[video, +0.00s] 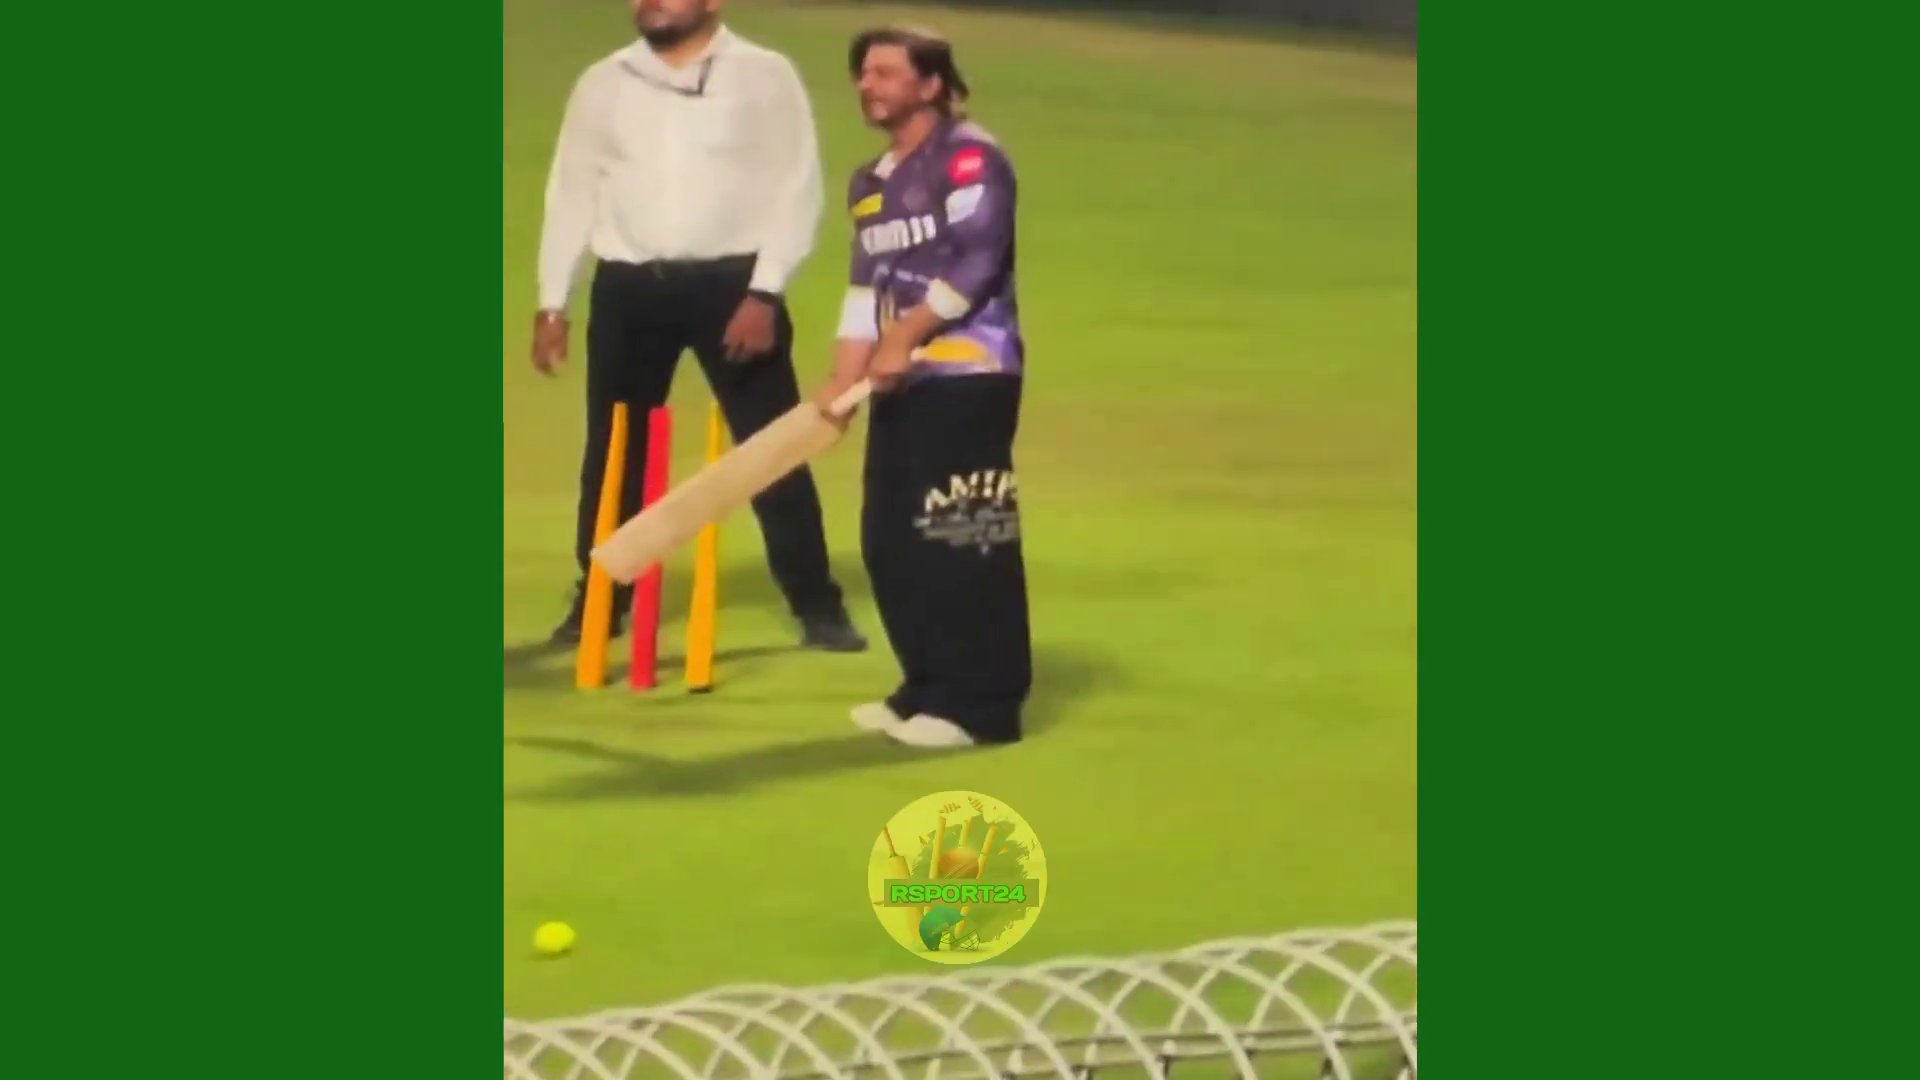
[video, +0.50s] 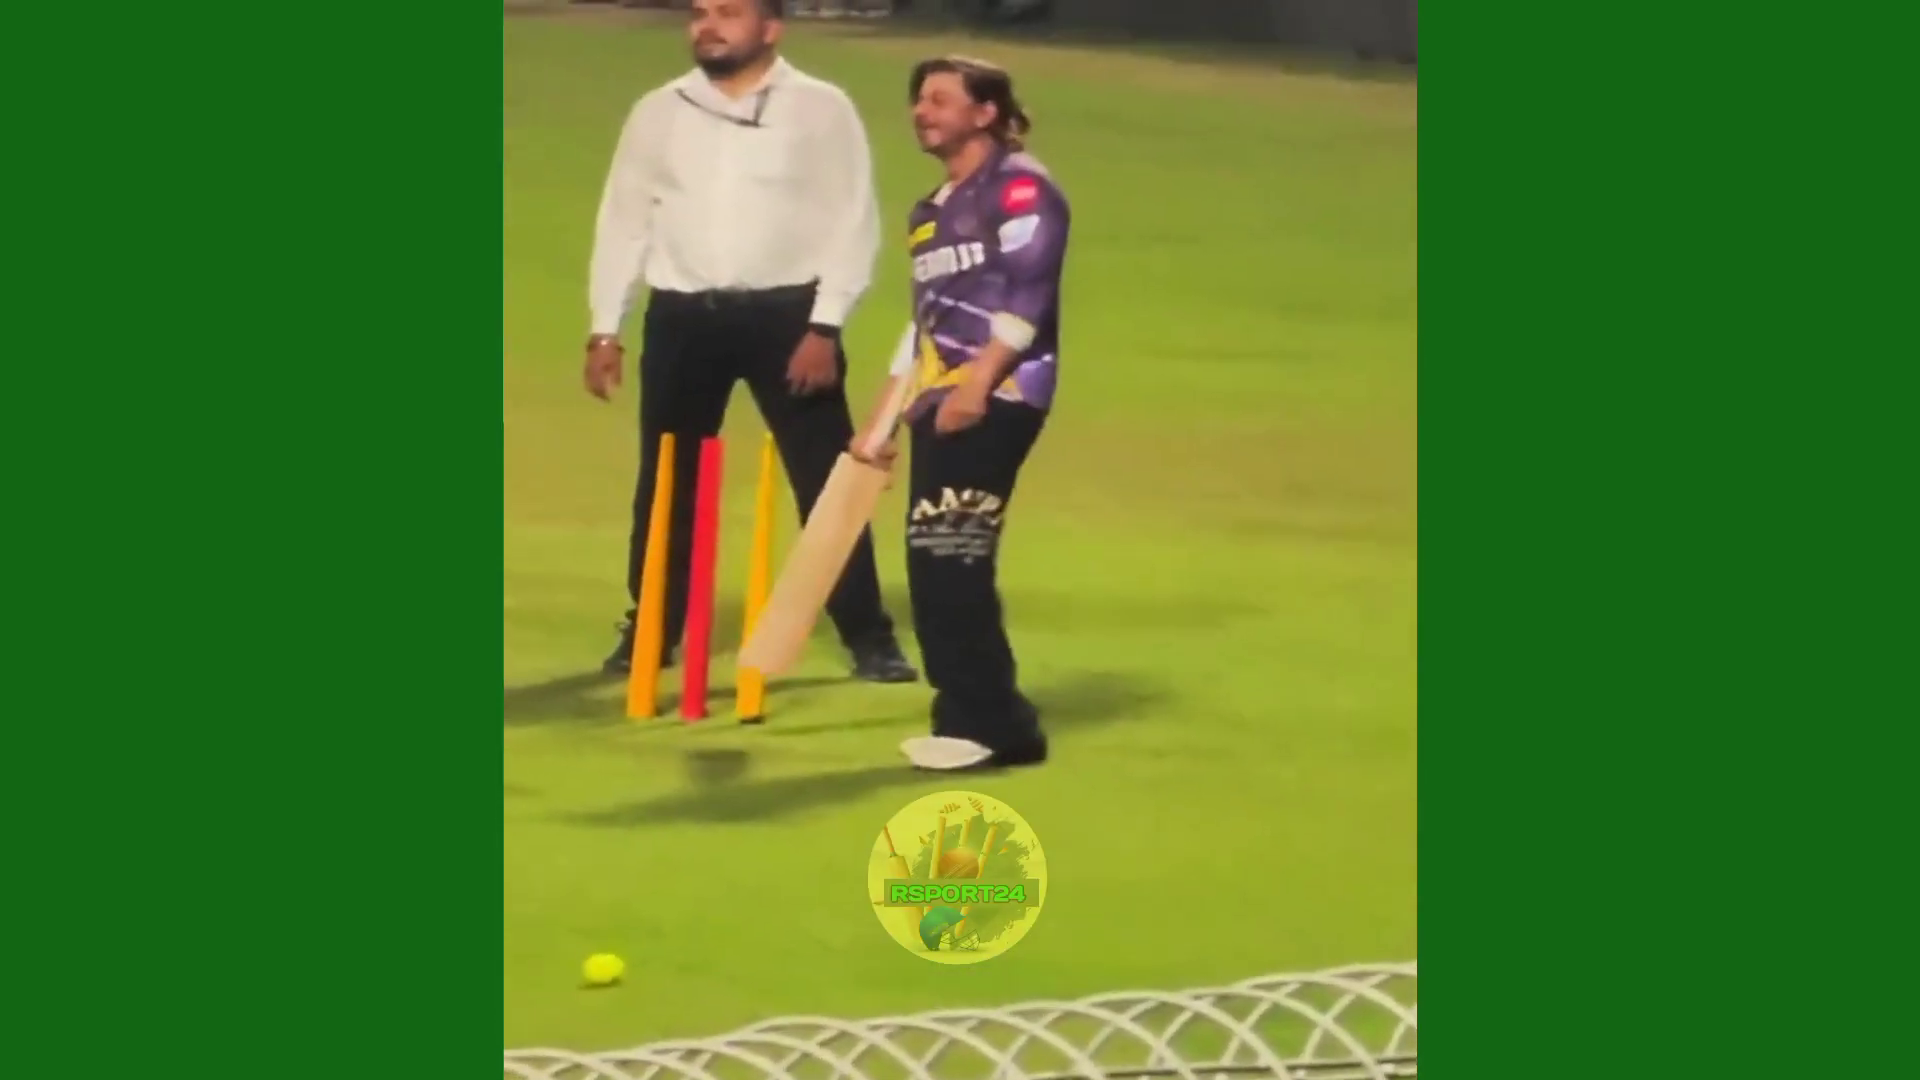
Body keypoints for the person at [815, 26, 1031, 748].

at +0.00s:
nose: (868, 86)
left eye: (884, 74)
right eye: (864, 75)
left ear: (931, 84)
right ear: (861, 89)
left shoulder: (974, 159)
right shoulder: (870, 179)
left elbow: (977, 266)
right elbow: (865, 291)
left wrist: (903, 334)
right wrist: (844, 380)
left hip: (970, 380)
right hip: (904, 383)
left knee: (962, 539)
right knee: (889, 537)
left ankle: (981, 706)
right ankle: (926, 686)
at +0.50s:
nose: (923, 113)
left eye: (939, 102)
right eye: (921, 102)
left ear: (985, 113)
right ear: (922, 115)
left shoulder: (1023, 188)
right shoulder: (928, 211)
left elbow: (1030, 302)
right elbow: (925, 322)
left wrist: (977, 381)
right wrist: (882, 419)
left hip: (999, 394)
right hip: (941, 394)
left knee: (956, 554)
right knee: (930, 554)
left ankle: (989, 725)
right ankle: (971, 718)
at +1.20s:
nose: (977, 183)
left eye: (989, 173)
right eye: (982, 171)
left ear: (1029, 186)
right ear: (1032, 187)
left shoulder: (1044, 269)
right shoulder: (1053, 259)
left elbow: (1022, 389)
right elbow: (1024, 385)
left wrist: (969, 466)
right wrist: (987, 461)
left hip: (1053, 478)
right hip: (1070, 479)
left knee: (989, 631)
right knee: (1069, 641)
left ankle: (936, 792)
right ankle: (1122, 794)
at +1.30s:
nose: (964, 184)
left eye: (976, 174)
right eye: (969, 171)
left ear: (1013, 189)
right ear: (1020, 189)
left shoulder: (1022, 273)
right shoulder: (1052, 258)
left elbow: (998, 396)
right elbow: (1025, 386)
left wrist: (946, 463)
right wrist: (961, 456)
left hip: (1029, 484)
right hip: (1061, 484)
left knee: (970, 641)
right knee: (1059, 645)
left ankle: (942, 796)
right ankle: (1125, 794)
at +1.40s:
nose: (969, 189)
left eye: (980, 180)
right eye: (974, 177)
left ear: (1016, 195)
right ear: (1025, 195)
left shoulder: (1028, 277)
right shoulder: (1057, 266)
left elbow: (1006, 393)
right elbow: (1024, 387)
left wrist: (947, 452)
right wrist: (972, 450)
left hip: (1033, 487)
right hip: (1068, 488)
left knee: (984, 644)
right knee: (1059, 645)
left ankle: (969, 803)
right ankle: (1140, 794)